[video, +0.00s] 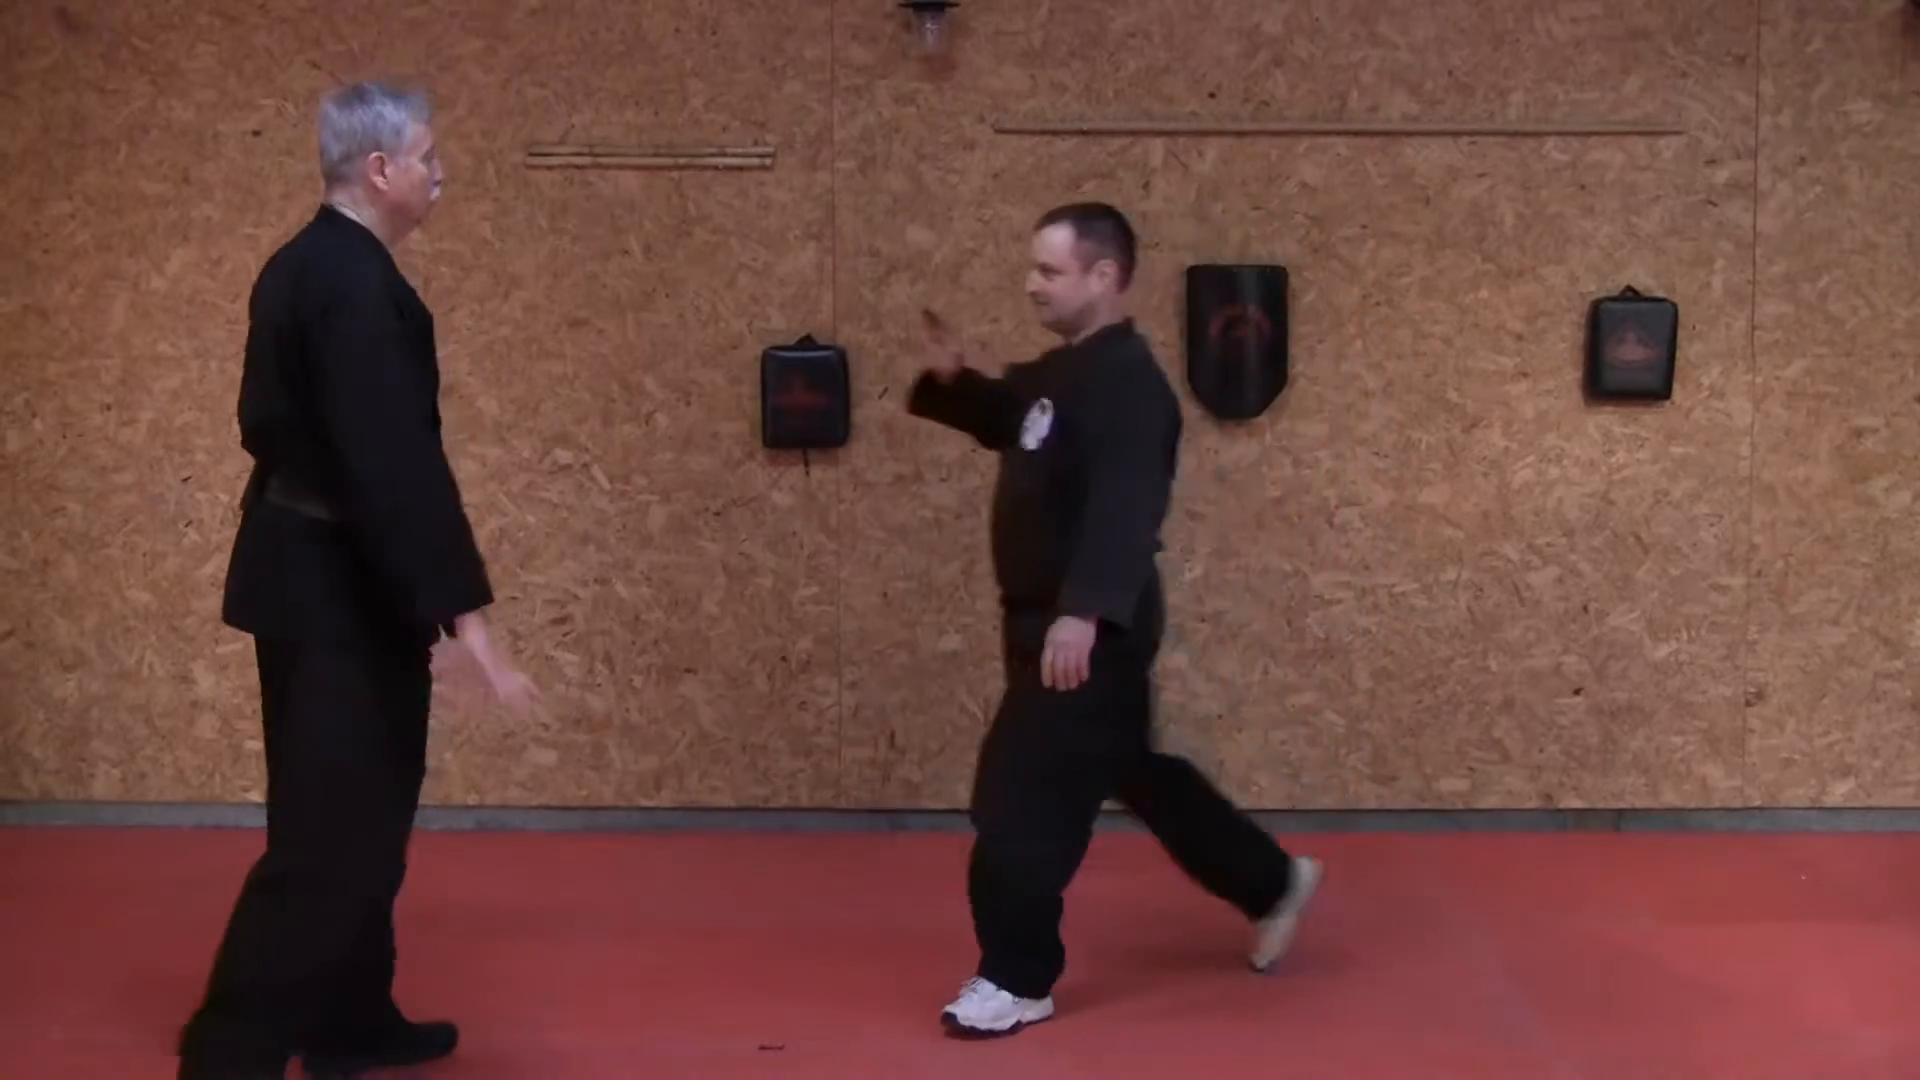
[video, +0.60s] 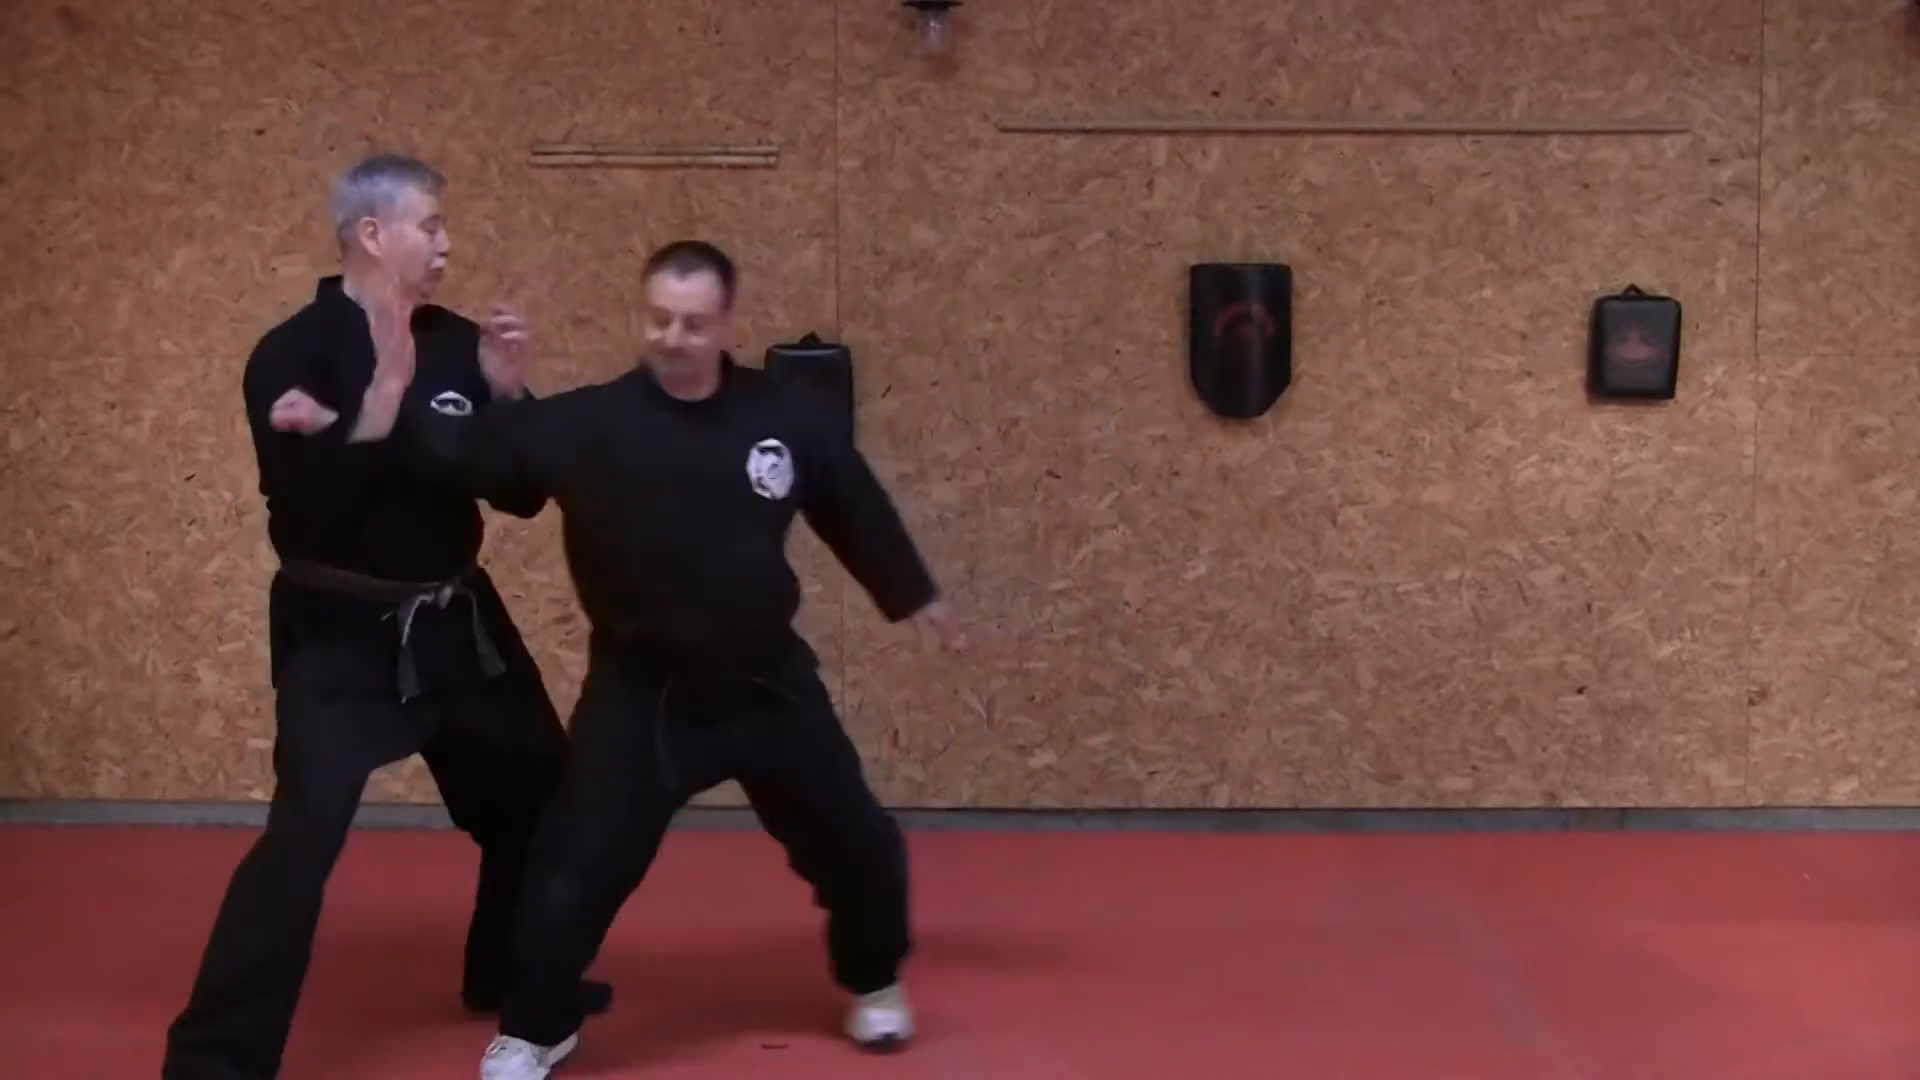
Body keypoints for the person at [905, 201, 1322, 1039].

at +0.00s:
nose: (1033, 286)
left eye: (1049, 272)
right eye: (1033, 271)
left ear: (1106, 277)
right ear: (1079, 277)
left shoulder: (1129, 381)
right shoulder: (1061, 367)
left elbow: (1126, 510)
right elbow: (1011, 412)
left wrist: (1083, 612)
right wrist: (949, 382)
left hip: (1090, 630)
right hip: (1046, 622)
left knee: (1018, 793)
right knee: (1130, 770)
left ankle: (1019, 976)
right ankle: (1273, 884)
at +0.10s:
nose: (981, 281)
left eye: (999, 268)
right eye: (980, 267)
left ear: (1057, 273)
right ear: (1004, 274)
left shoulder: (1092, 385)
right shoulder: (984, 371)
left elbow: (1100, 515)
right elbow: (920, 416)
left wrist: (1068, 623)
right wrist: (873, 371)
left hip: (1040, 629)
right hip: (981, 623)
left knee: (996, 802)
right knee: (1007, 789)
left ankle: (1016, 981)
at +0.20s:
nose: (928, 280)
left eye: (945, 267)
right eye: (925, 265)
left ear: (1003, 272)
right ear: (931, 270)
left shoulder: (1047, 382)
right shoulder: (908, 368)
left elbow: (1086, 512)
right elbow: (806, 410)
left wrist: (1063, 625)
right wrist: (777, 367)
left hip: (1005, 639)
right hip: (917, 631)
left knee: (991, 810)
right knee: (878, 789)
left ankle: (1018, 980)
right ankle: (938, 944)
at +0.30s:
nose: (862, 278)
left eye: (882, 265)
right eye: (861, 263)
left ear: (942, 272)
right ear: (864, 268)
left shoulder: (996, 386)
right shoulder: (826, 370)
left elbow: (1054, 508)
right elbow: (720, 399)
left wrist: (1057, 620)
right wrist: (674, 371)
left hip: (958, 642)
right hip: (849, 637)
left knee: (984, 821)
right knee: (785, 799)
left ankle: (1015, 983)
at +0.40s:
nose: (793, 288)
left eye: (812, 275)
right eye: (790, 272)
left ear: (869, 283)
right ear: (790, 277)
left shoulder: (926, 393)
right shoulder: (741, 379)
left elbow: (1001, 494)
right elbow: (628, 399)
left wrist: (1040, 601)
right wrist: (553, 355)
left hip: (898, 652)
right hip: (775, 649)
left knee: (958, 819)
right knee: (690, 807)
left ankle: (1011, 980)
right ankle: (604, 983)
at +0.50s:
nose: (731, 323)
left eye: (754, 309)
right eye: (723, 305)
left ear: (798, 316)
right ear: (709, 305)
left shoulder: (837, 414)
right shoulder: (648, 399)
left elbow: (921, 502)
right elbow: (521, 393)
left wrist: (988, 600)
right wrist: (419, 353)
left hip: (812, 680)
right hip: (688, 680)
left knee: (901, 834)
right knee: (607, 845)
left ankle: (972, 970)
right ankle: (548, 1025)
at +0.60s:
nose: (672, 338)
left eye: (694, 323)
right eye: (659, 319)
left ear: (729, 326)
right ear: (639, 320)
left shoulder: (783, 419)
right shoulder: (585, 424)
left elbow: (851, 506)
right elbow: (461, 444)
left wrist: (913, 591)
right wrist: (338, 429)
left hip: (765, 681)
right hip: (638, 689)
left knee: (861, 844)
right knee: (576, 863)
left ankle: (874, 986)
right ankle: (531, 1034)